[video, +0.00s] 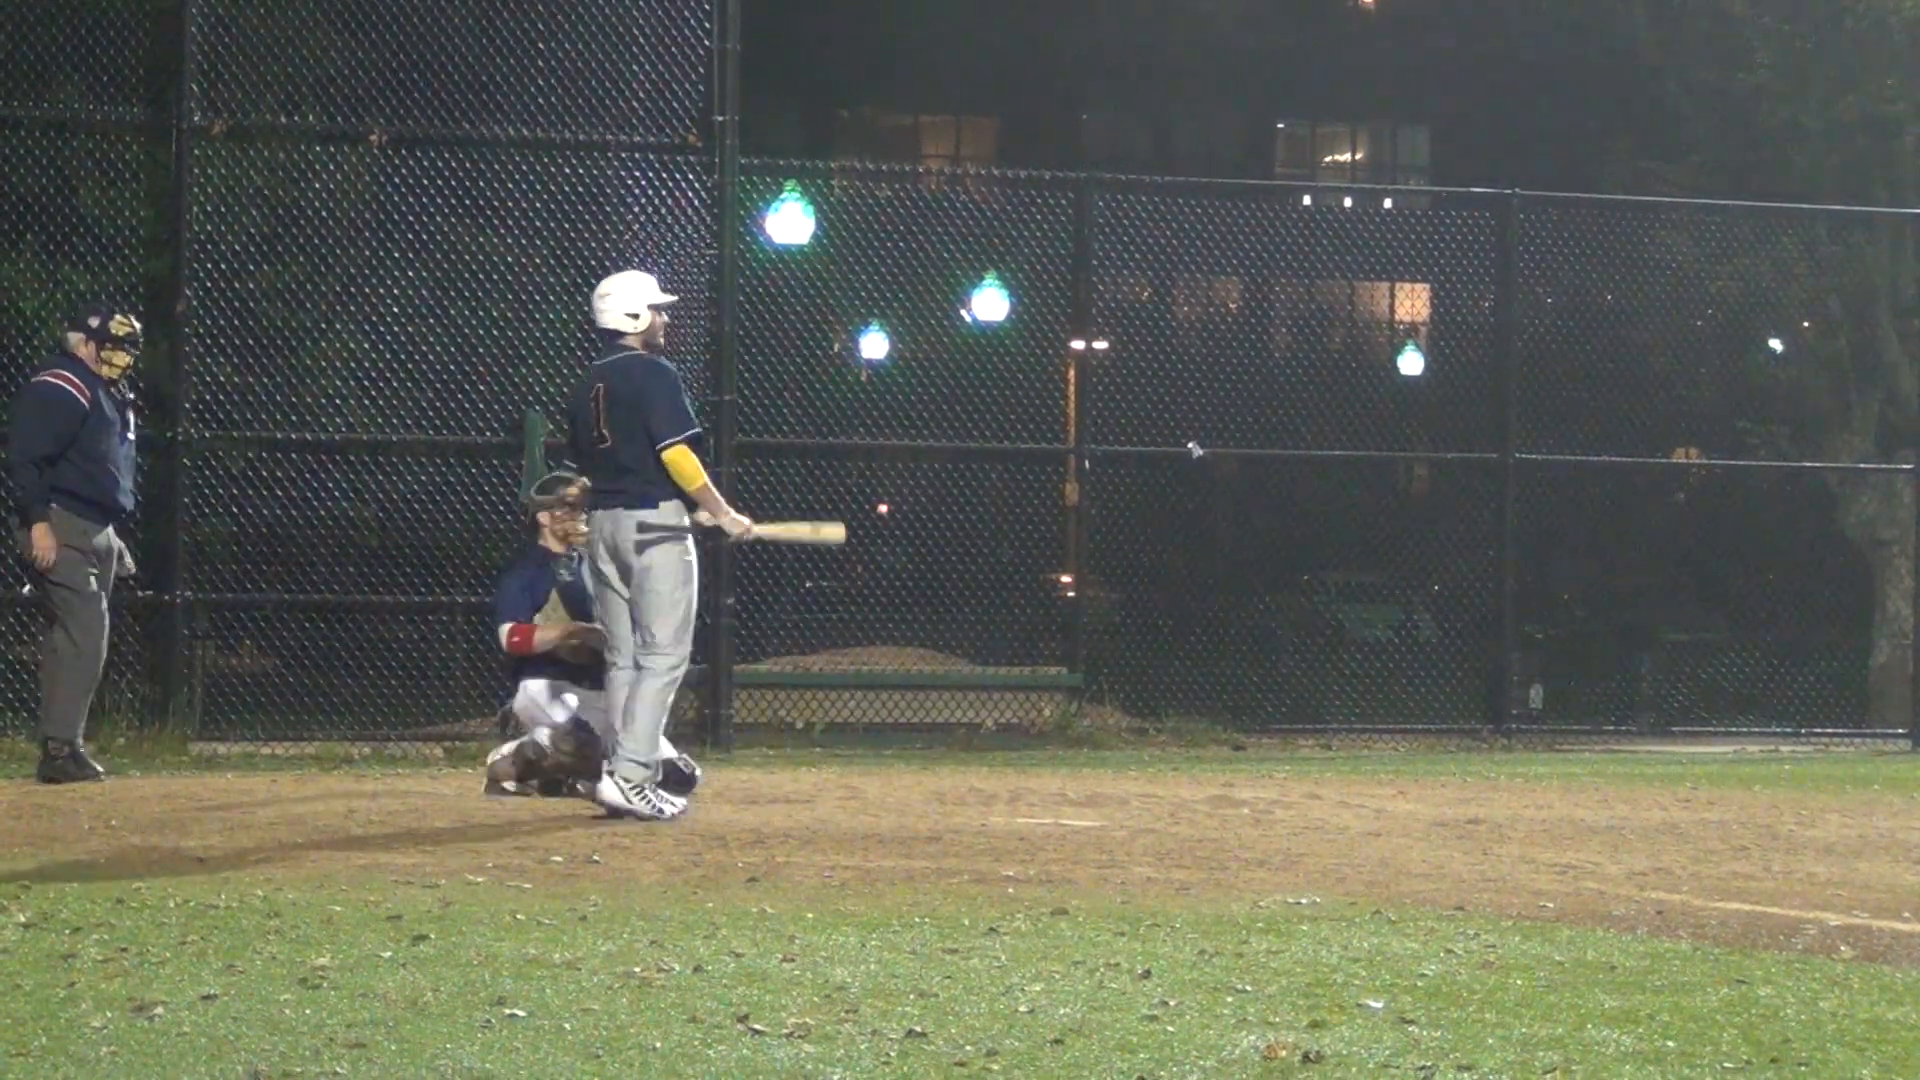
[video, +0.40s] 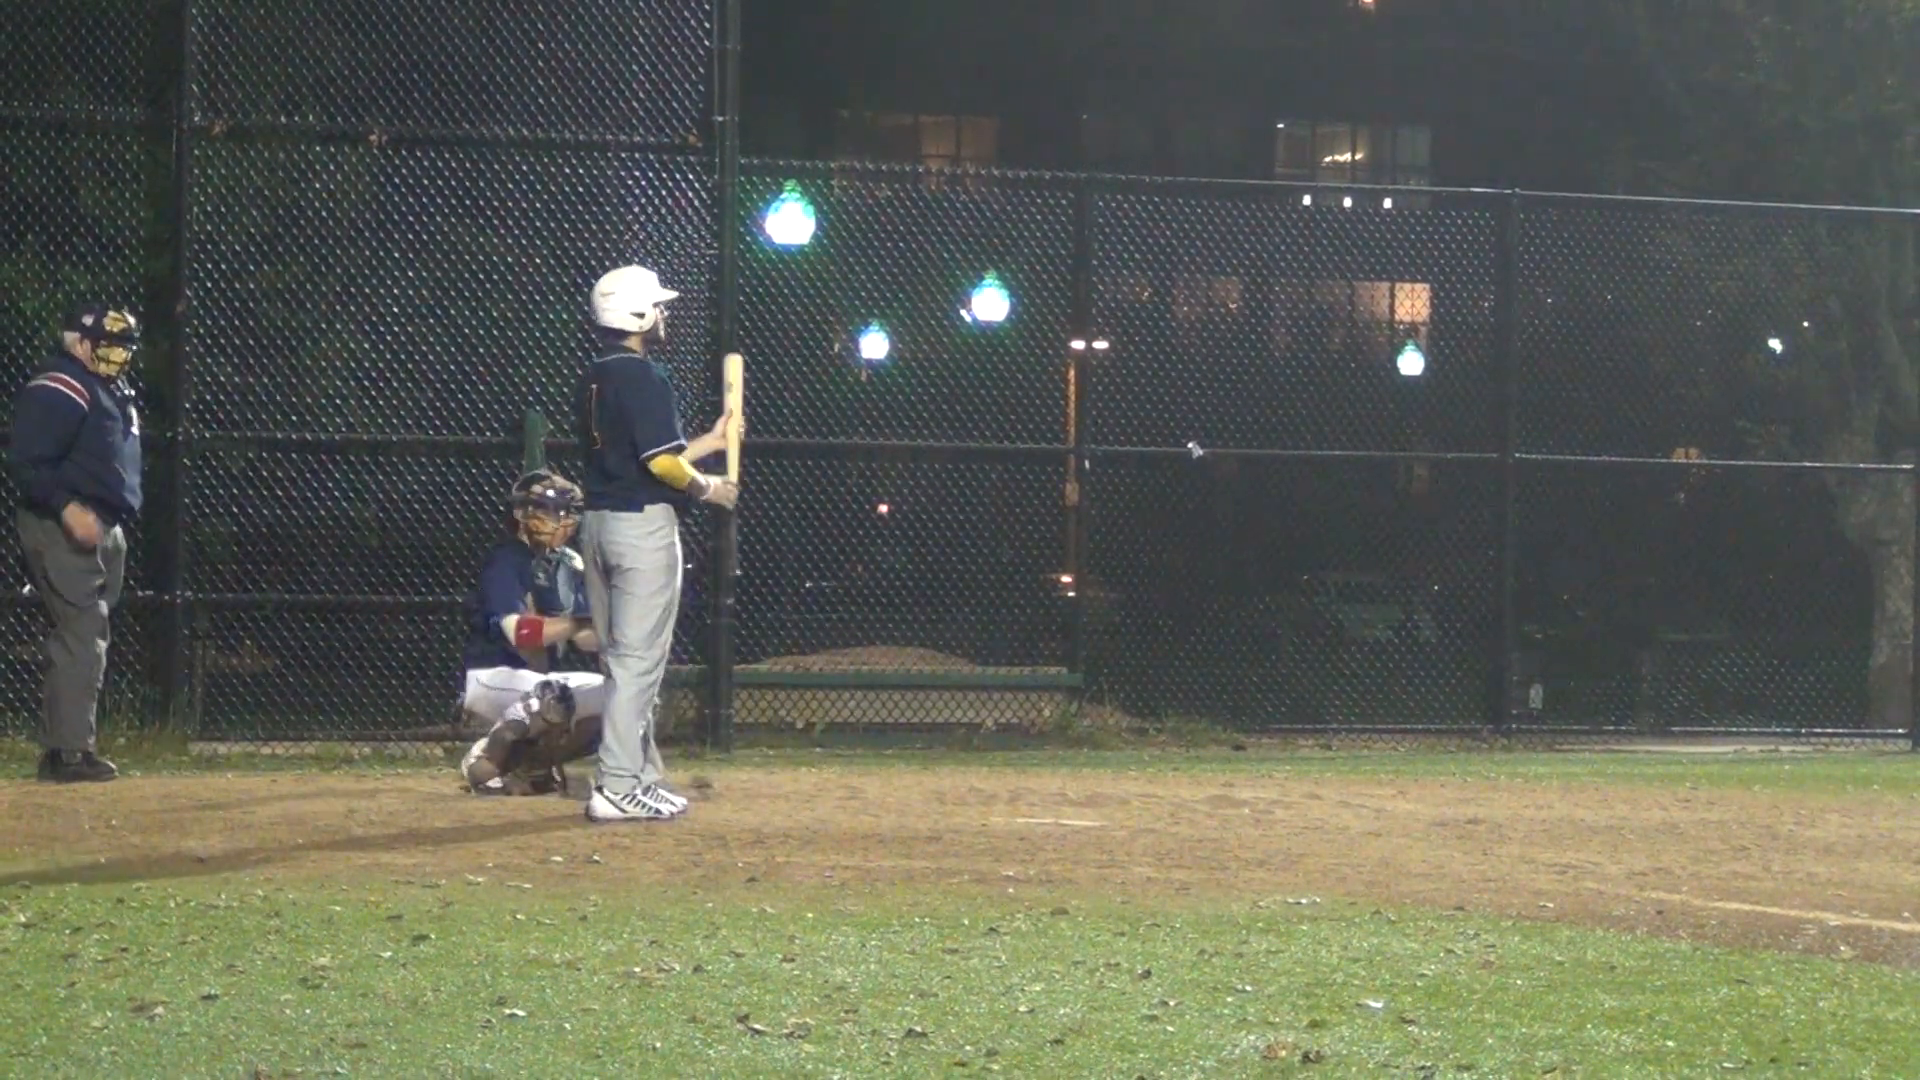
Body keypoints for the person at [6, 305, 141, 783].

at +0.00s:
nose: (121, 356)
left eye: (125, 348)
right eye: (113, 346)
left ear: (125, 351)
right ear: (86, 344)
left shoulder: (110, 393)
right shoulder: (62, 386)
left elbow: (105, 472)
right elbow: (24, 456)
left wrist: (113, 536)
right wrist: (37, 522)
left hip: (98, 531)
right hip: (65, 527)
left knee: (82, 636)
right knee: (82, 635)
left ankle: (64, 744)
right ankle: (60, 747)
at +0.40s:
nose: (117, 354)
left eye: (122, 346)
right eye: (108, 344)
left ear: (126, 347)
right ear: (82, 343)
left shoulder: (113, 390)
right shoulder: (59, 388)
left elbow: (111, 459)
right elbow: (25, 462)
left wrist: (117, 513)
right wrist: (65, 508)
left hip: (106, 527)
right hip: (60, 526)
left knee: (86, 632)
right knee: (84, 632)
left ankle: (63, 745)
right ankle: (70, 748)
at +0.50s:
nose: (113, 354)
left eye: (119, 346)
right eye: (105, 345)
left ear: (123, 348)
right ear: (80, 343)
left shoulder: (116, 390)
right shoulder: (57, 386)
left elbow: (123, 449)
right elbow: (36, 457)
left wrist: (129, 475)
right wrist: (99, 470)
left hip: (106, 525)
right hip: (65, 521)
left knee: (96, 635)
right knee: (78, 635)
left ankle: (69, 744)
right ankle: (69, 748)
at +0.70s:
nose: (109, 354)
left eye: (113, 346)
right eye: (100, 345)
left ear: (116, 350)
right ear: (72, 343)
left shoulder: (102, 389)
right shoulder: (55, 385)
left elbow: (113, 457)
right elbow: (57, 445)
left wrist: (121, 403)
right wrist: (109, 403)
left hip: (111, 524)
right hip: (64, 523)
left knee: (145, 623)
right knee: (73, 633)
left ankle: (94, 735)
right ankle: (71, 752)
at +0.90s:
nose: (120, 355)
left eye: (123, 346)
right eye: (109, 346)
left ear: (123, 350)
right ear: (79, 346)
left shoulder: (115, 396)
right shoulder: (58, 384)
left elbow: (131, 461)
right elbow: (77, 435)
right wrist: (112, 389)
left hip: (115, 524)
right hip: (65, 522)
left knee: (147, 618)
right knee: (73, 631)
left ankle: (150, 741)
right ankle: (72, 753)